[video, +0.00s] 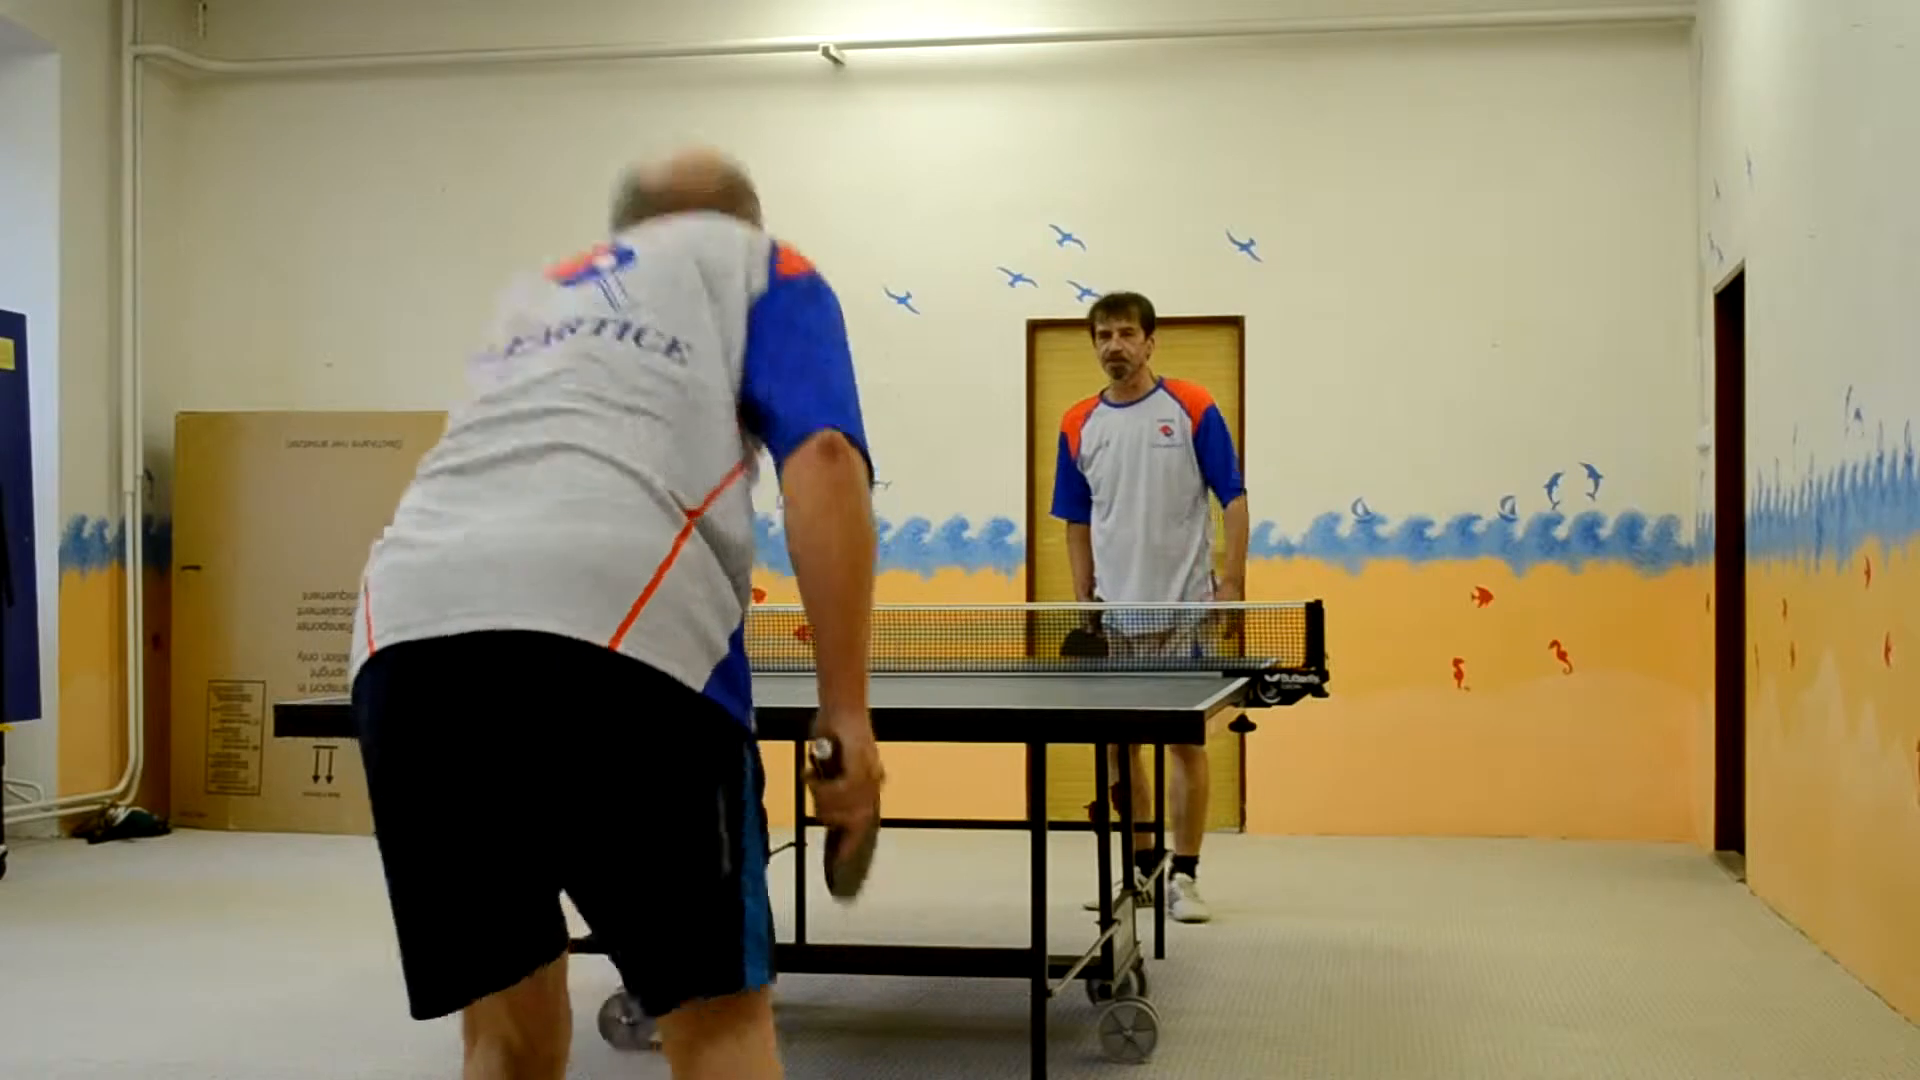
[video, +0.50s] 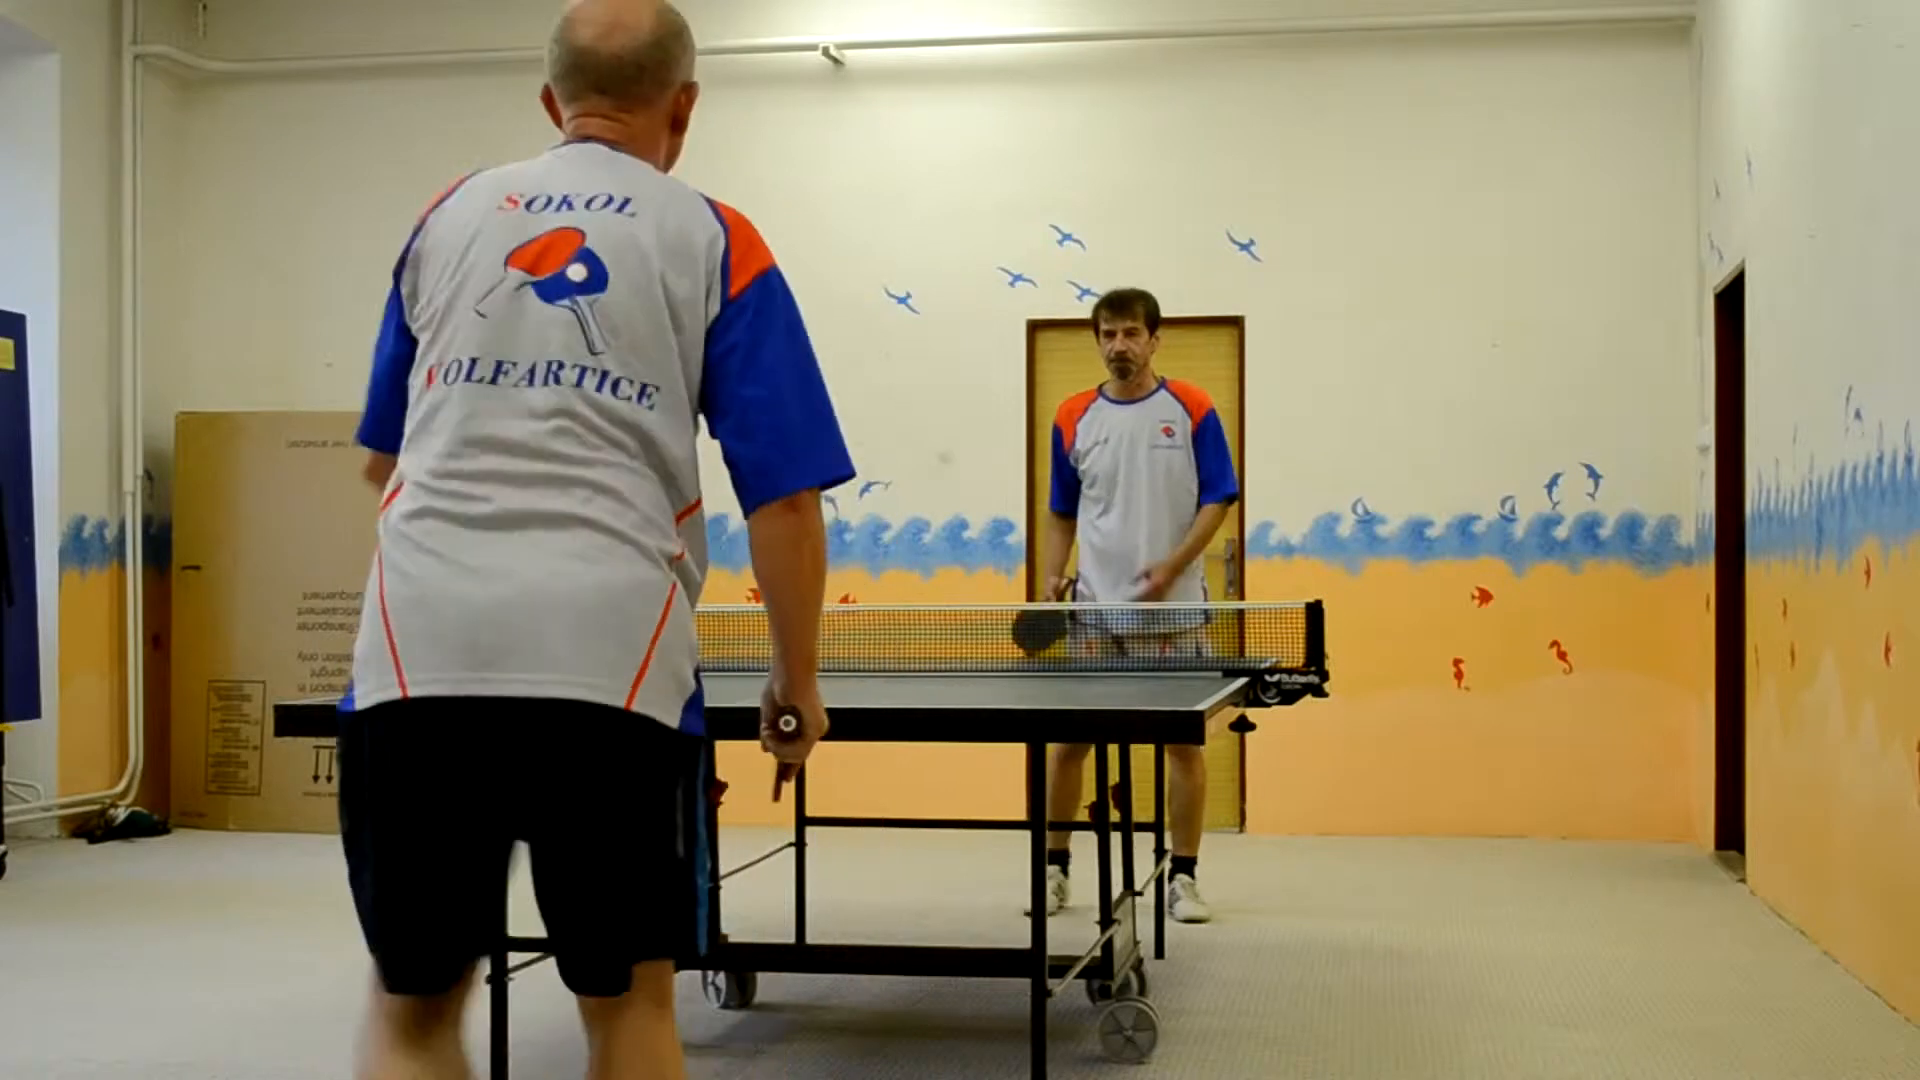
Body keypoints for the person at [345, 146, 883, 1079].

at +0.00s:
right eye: (751, 222)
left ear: (624, 226)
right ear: (750, 225)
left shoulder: (538, 291)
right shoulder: (764, 265)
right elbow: (824, 457)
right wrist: (843, 712)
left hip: (411, 648)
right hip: (615, 650)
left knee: (506, 1026)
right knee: (717, 1020)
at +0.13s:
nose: (724, 163)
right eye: (727, 153)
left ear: (576, 148)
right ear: (716, 147)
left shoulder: (494, 234)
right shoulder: (733, 210)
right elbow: (801, 431)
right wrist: (827, 670)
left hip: (415, 641)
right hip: (620, 632)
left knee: (504, 1012)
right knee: (699, 980)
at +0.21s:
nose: (703, 131)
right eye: (706, 118)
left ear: (561, 115)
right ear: (697, 109)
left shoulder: (472, 206)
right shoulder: (721, 193)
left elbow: (483, 410)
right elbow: (793, 431)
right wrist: (821, 664)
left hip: (418, 625)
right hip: (618, 624)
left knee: (497, 989)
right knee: (677, 967)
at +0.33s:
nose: (691, 118)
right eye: (696, 101)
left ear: (554, 94)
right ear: (691, 92)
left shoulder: (458, 198)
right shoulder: (716, 204)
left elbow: (446, 398)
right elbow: (787, 458)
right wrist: (812, 664)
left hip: (420, 644)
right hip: (619, 647)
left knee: (487, 1010)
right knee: (642, 1001)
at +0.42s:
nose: (684, 118)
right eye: (690, 101)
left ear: (551, 99)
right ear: (687, 97)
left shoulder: (448, 211)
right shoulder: (715, 223)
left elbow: (415, 439)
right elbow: (786, 480)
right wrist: (808, 670)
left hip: (421, 665)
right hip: (613, 669)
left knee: (467, 1022)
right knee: (631, 1015)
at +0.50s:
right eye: (684, 108)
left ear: (548, 110)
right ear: (682, 107)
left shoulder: (444, 218)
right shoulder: (714, 236)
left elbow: (384, 461)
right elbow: (782, 492)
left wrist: (473, 589)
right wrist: (796, 676)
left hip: (415, 671)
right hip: (607, 674)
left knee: (412, 998)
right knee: (631, 999)